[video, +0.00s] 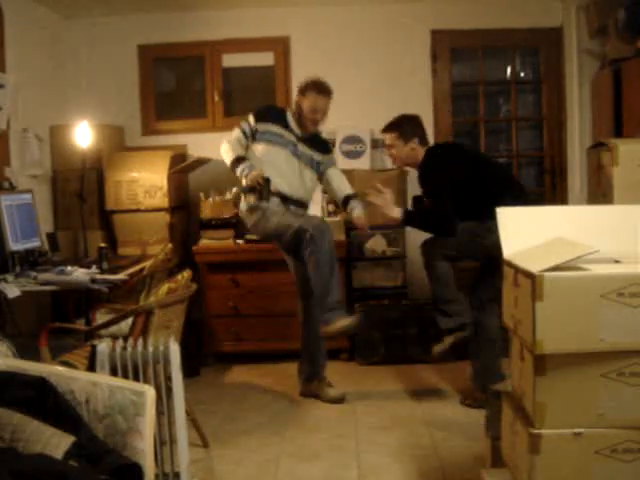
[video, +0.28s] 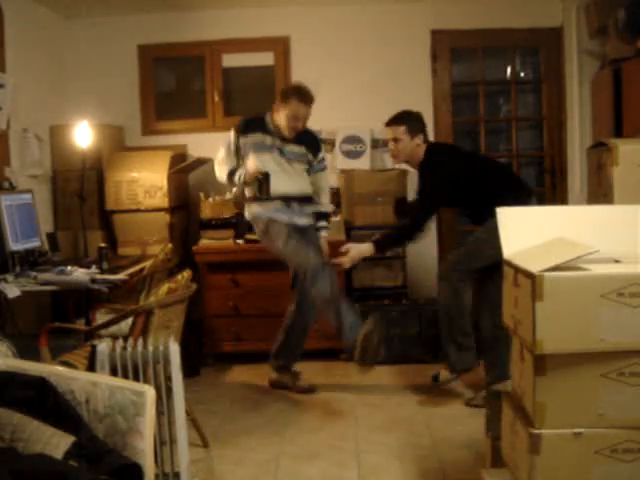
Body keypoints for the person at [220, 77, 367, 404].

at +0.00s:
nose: (316, 118)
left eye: (322, 112)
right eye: (312, 110)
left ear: (327, 111)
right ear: (297, 102)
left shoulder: (321, 148)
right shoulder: (269, 119)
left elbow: (335, 179)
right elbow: (231, 144)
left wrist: (353, 205)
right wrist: (245, 170)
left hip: (296, 216)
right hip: (260, 207)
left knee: (312, 289)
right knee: (316, 228)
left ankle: (313, 378)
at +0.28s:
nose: (299, 125)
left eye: (304, 119)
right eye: (294, 118)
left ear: (309, 115)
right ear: (277, 109)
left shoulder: (310, 143)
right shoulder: (248, 132)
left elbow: (322, 191)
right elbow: (223, 170)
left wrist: (323, 231)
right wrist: (244, 173)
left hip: (306, 221)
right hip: (269, 217)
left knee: (310, 290)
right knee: (315, 268)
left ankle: (282, 367)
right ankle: (356, 337)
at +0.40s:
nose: (300, 138)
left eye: (303, 132)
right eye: (296, 131)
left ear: (304, 127)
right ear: (279, 119)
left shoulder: (297, 147)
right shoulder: (247, 145)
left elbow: (310, 180)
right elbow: (220, 187)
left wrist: (323, 189)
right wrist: (246, 185)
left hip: (306, 233)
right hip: (273, 236)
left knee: (318, 304)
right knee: (307, 304)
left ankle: (285, 371)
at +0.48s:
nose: (294, 114)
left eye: (297, 108)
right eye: (291, 107)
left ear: (295, 103)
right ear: (273, 98)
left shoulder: (288, 123)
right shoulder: (243, 132)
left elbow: (310, 127)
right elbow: (217, 181)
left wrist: (323, 129)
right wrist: (247, 177)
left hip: (304, 220)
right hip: (274, 223)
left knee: (308, 299)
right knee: (300, 298)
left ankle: (285, 370)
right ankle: (296, 381)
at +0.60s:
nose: (291, 109)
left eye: (294, 103)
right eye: (288, 102)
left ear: (281, 96)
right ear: (269, 93)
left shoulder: (273, 114)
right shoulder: (245, 126)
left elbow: (292, 102)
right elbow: (214, 179)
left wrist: (304, 89)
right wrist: (254, 179)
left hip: (297, 214)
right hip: (273, 219)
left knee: (332, 273)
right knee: (292, 298)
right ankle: (263, 385)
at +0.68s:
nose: (296, 121)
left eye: (300, 114)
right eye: (294, 112)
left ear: (284, 106)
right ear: (275, 102)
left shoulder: (272, 127)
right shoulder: (248, 136)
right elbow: (215, 189)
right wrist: (257, 193)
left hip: (293, 221)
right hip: (272, 229)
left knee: (339, 259)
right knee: (288, 312)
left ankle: (270, 274)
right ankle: (256, 390)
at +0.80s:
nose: (301, 139)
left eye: (304, 135)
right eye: (300, 132)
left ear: (284, 120)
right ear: (282, 120)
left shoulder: (273, 138)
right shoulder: (249, 157)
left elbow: (308, 131)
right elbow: (218, 211)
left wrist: (321, 105)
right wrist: (268, 217)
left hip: (283, 226)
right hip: (265, 241)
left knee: (337, 224)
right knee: (295, 319)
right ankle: (254, 392)